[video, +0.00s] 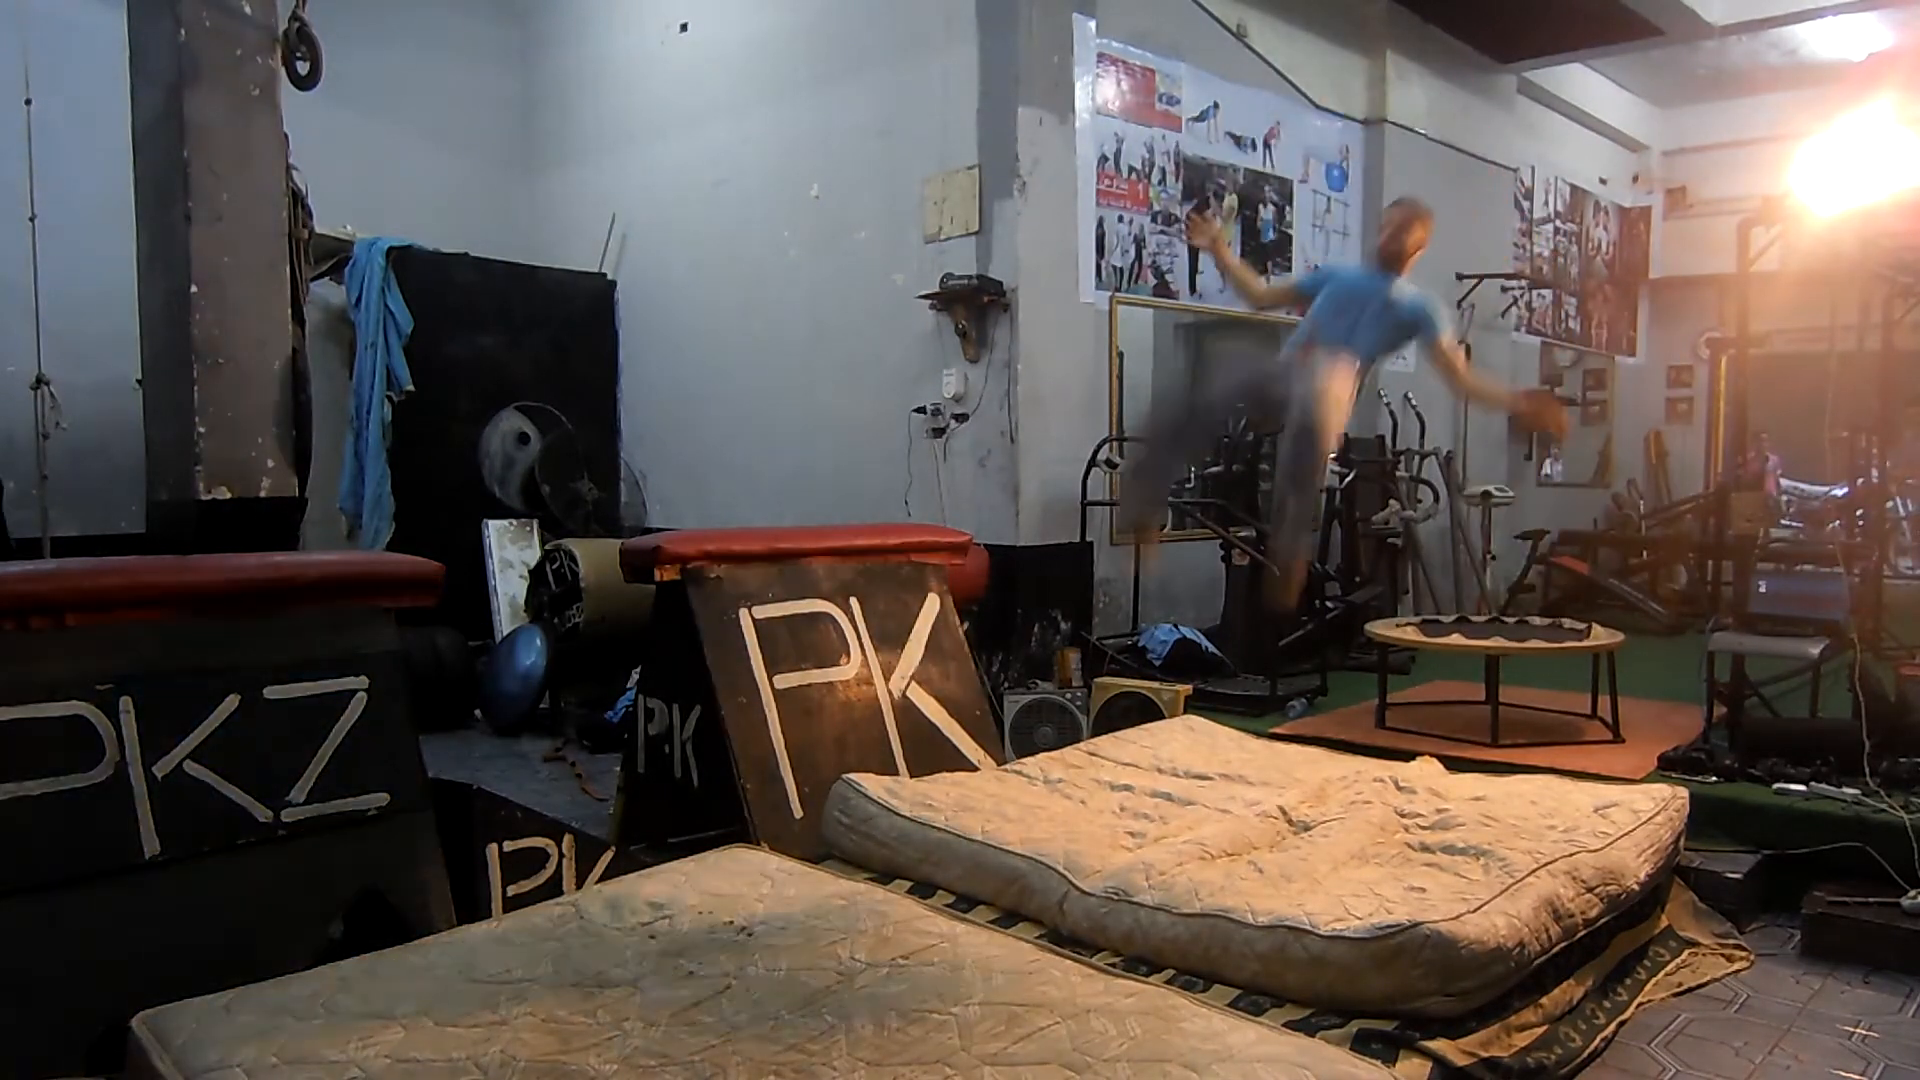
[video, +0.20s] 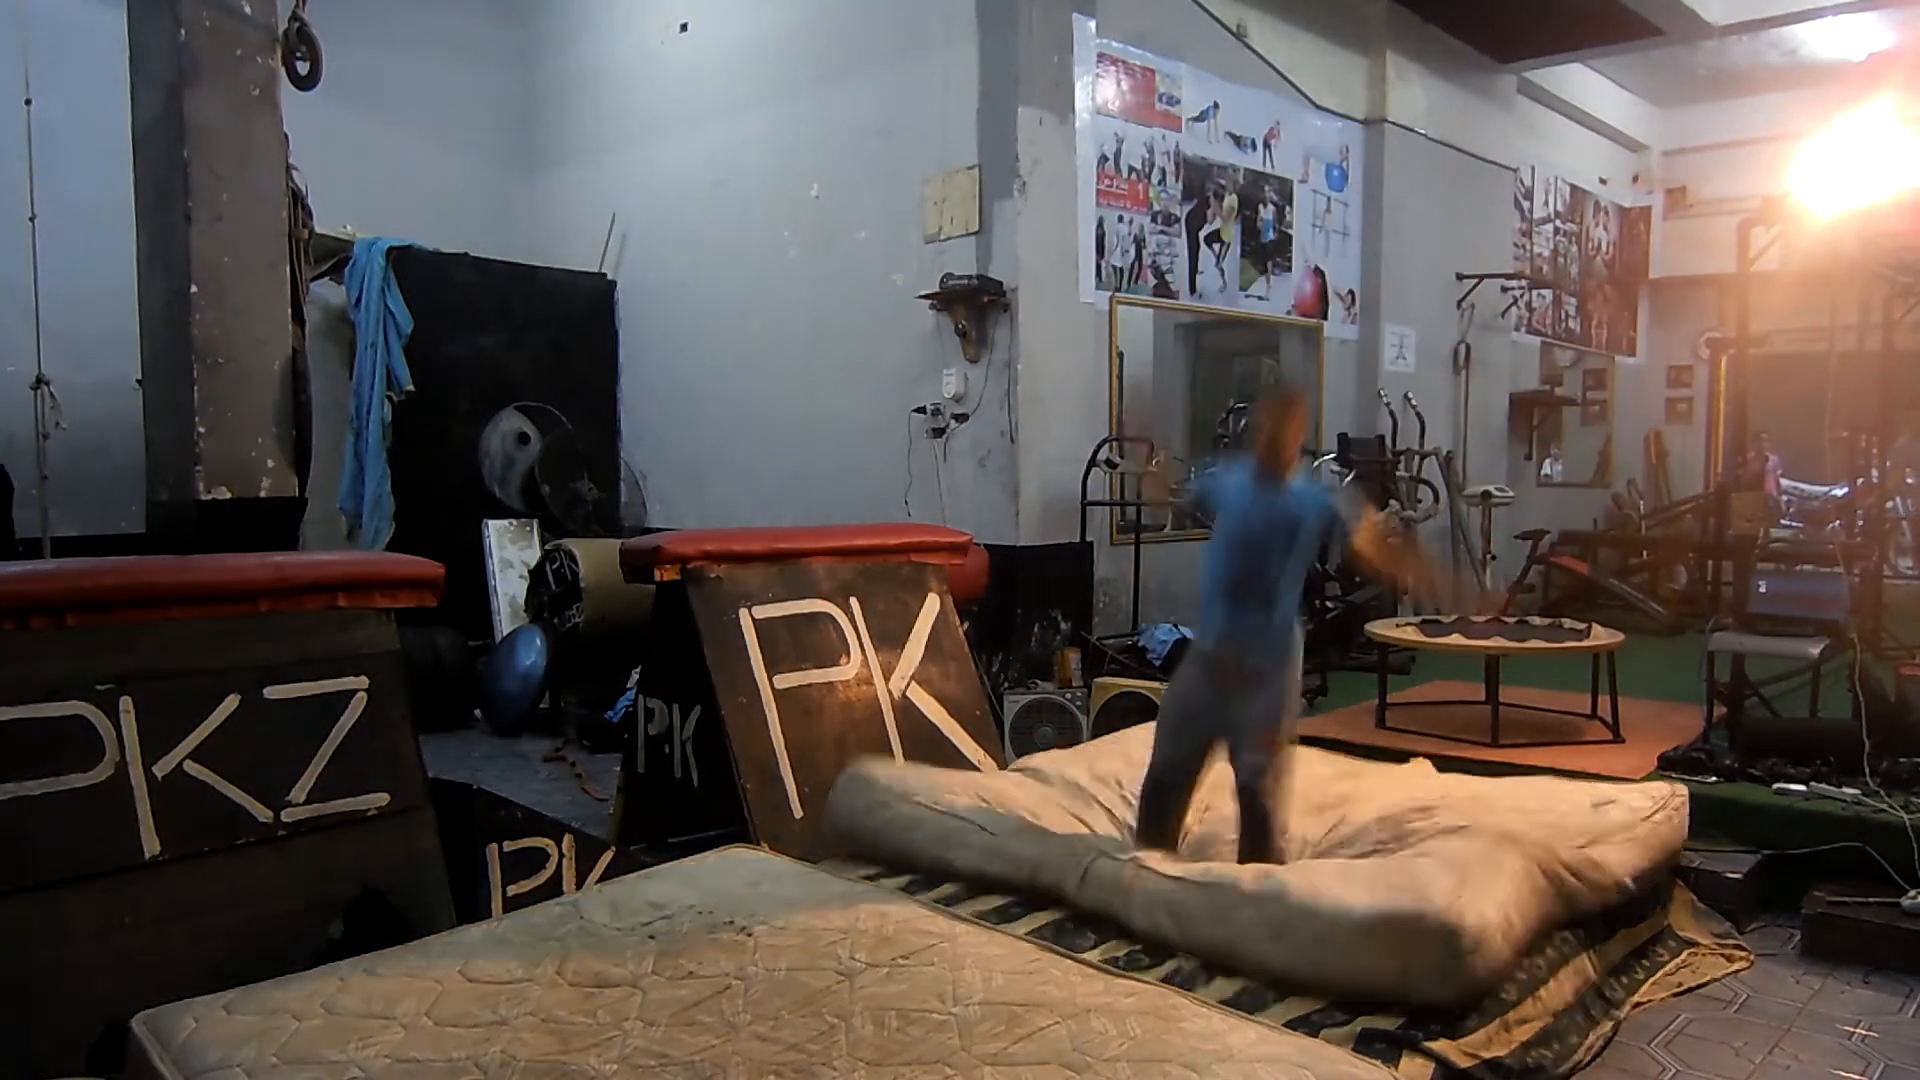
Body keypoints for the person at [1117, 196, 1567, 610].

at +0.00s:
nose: (1399, 242)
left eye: (1410, 237)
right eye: (1396, 231)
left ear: (1419, 247)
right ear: (1383, 232)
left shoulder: (1419, 308)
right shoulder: (1337, 275)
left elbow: (1465, 383)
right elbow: (1261, 295)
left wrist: (1520, 402)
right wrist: (1217, 249)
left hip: (1323, 400)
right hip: (1283, 382)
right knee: (1204, 397)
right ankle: (1142, 503)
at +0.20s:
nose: (1280, 440)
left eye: (1290, 430)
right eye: (1271, 427)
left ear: (1302, 435)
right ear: (1254, 428)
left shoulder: (1318, 500)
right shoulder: (1224, 480)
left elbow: (1370, 555)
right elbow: (1180, 498)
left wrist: (1394, 564)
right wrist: (1152, 479)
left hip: (1270, 659)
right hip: (1208, 651)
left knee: (1258, 790)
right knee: (1165, 781)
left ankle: (1261, 901)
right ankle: (1145, 888)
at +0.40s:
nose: (1204, 456)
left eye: (1215, 443)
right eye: (1196, 443)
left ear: (1242, 432)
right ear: (1186, 438)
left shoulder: (1279, 497)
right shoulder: (1166, 501)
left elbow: (1295, 588)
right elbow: (1140, 585)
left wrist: (1280, 656)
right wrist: (1125, 660)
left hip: (1251, 656)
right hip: (1180, 654)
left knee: (1252, 780)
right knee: (1153, 770)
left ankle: (1250, 897)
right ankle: (1151, 881)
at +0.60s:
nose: (1143, 400)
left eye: (1154, 386)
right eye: (1134, 388)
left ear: (1185, 376)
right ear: (1125, 386)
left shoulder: (1240, 445)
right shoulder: (1120, 454)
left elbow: (1290, 538)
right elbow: (1116, 539)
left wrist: (1234, 588)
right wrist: (1099, 609)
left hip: (1220, 626)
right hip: (1146, 620)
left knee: (1235, 774)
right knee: (1096, 696)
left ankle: (1258, 904)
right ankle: (1146, 771)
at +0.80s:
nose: (1067, 408)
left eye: (1079, 393)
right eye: (1060, 395)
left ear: (1115, 388)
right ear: (1055, 395)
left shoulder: (1174, 459)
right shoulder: (1070, 468)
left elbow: (1233, 560)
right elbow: (1069, 552)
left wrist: (1162, 620)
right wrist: (1028, 619)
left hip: (1179, 646)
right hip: (1099, 641)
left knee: (1209, 776)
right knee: (1030, 724)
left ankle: (1254, 857)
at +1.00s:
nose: (958, 449)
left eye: (970, 432)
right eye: (948, 435)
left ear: (1008, 429)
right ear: (941, 439)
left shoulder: (1062, 500)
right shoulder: (961, 511)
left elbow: (1140, 601)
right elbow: (965, 596)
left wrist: (1096, 706)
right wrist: (928, 681)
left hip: (1081, 699)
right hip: (1009, 694)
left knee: (1128, 832)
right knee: (953, 824)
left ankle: (1214, 846)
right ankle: (969, 993)